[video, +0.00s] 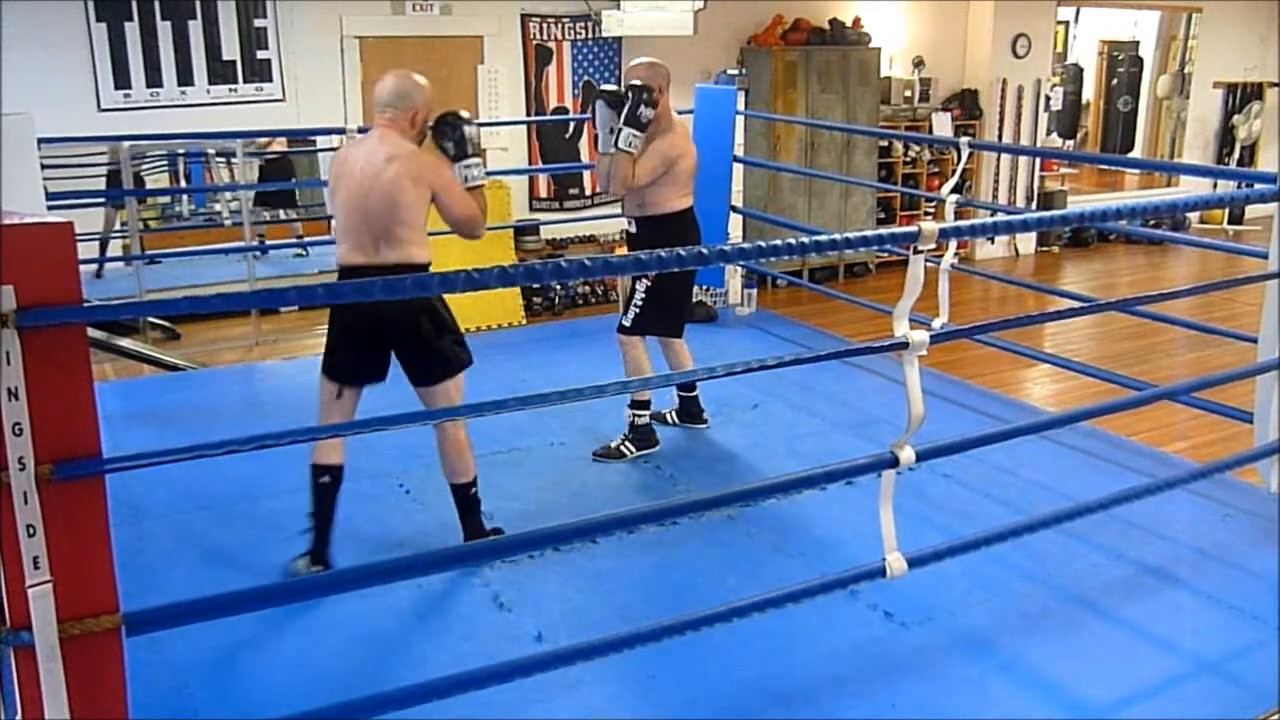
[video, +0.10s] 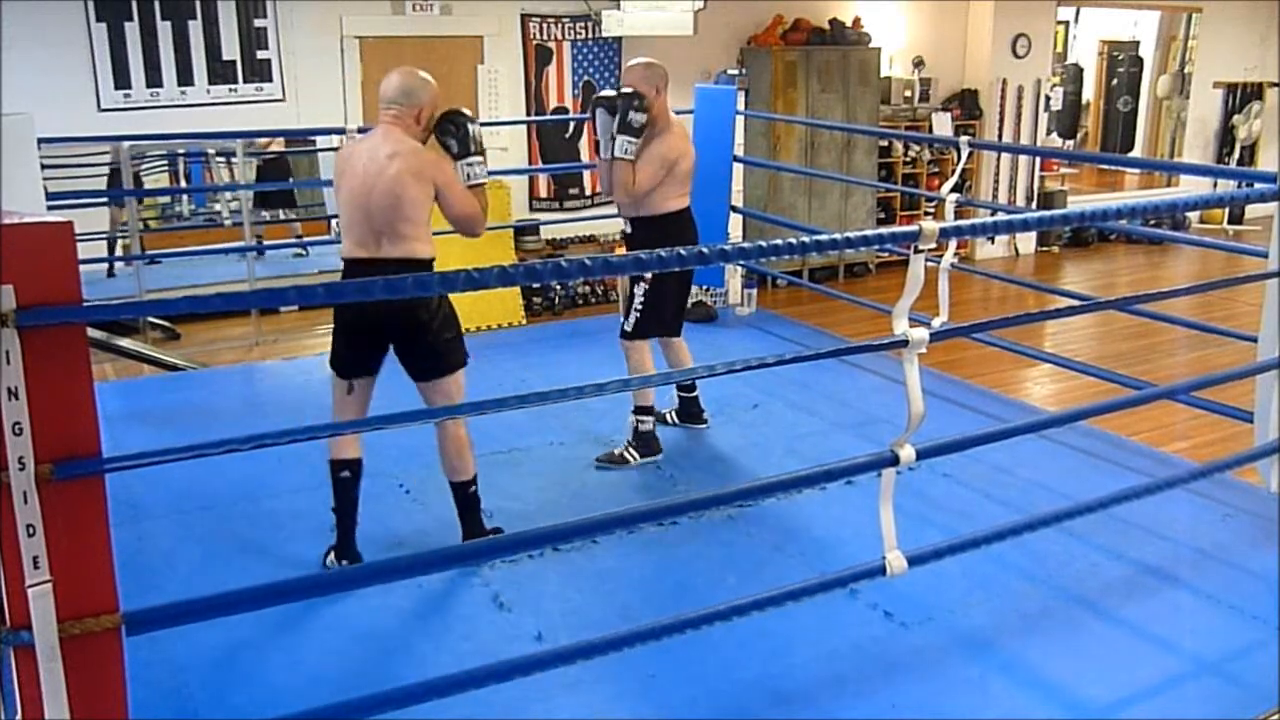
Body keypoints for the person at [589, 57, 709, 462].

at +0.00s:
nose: (632, 101)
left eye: (639, 93)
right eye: (629, 93)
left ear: (661, 94)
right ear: (630, 94)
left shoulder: (672, 140)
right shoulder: (643, 133)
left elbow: (624, 185)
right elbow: (605, 185)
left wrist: (630, 133)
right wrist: (604, 133)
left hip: (671, 237)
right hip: (648, 235)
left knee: (629, 333)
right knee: (667, 330)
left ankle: (640, 430)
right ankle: (690, 405)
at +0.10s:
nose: (627, 102)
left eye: (633, 94)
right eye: (625, 95)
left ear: (658, 93)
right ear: (641, 95)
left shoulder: (671, 141)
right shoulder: (644, 134)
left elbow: (627, 194)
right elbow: (608, 188)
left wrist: (622, 141)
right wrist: (603, 138)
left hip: (668, 239)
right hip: (648, 236)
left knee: (633, 337)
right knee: (666, 331)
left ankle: (644, 438)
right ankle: (690, 406)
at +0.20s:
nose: (621, 105)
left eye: (627, 97)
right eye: (618, 97)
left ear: (653, 96)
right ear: (642, 97)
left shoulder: (663, 144)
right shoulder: (638, 138)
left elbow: (623, 198)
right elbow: (604, 188)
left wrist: (614, 146)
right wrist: (601, 142)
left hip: (662, 243)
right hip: (645, 239)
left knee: (637, 346)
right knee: (661, 336)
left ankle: (647, 442)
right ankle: (688, 405)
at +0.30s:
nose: (616, 106)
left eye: (623, 99)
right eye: (612, 99)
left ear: (647, 98)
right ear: (614, 100)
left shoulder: (657, 145)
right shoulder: (634, 138)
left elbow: (611, 194)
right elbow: (607, 192)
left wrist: (604, 142)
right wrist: (592, 144)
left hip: (657, 243)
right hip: (646, 239)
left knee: (637, 347)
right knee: (657, 336)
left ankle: (648, 441)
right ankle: (684, 400)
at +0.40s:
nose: (613, 105)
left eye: (621, 98)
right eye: (610, 97)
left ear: (643, 98)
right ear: (613, 99)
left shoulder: (654, 143)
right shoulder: (627, 138)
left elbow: (602, 188)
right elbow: (601, 189)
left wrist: (606, 140)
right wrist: (588, 139)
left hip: (657, 242)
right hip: (639, 239)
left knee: (640, 344)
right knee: (651, 329)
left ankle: (647, 441)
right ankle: (672, 394)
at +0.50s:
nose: (607, 103)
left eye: (613, 96)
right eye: (606, 96)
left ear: (639, 98)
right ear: (628, 99)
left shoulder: (649, 145)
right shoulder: (624, 140)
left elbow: (609, 196)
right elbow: (593, 192)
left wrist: (592, 152)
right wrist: (586, 147)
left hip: (654, 243)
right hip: (636, 240)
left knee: (638, 344)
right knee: (645, 329)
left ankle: (647, 442)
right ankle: (659, 390)